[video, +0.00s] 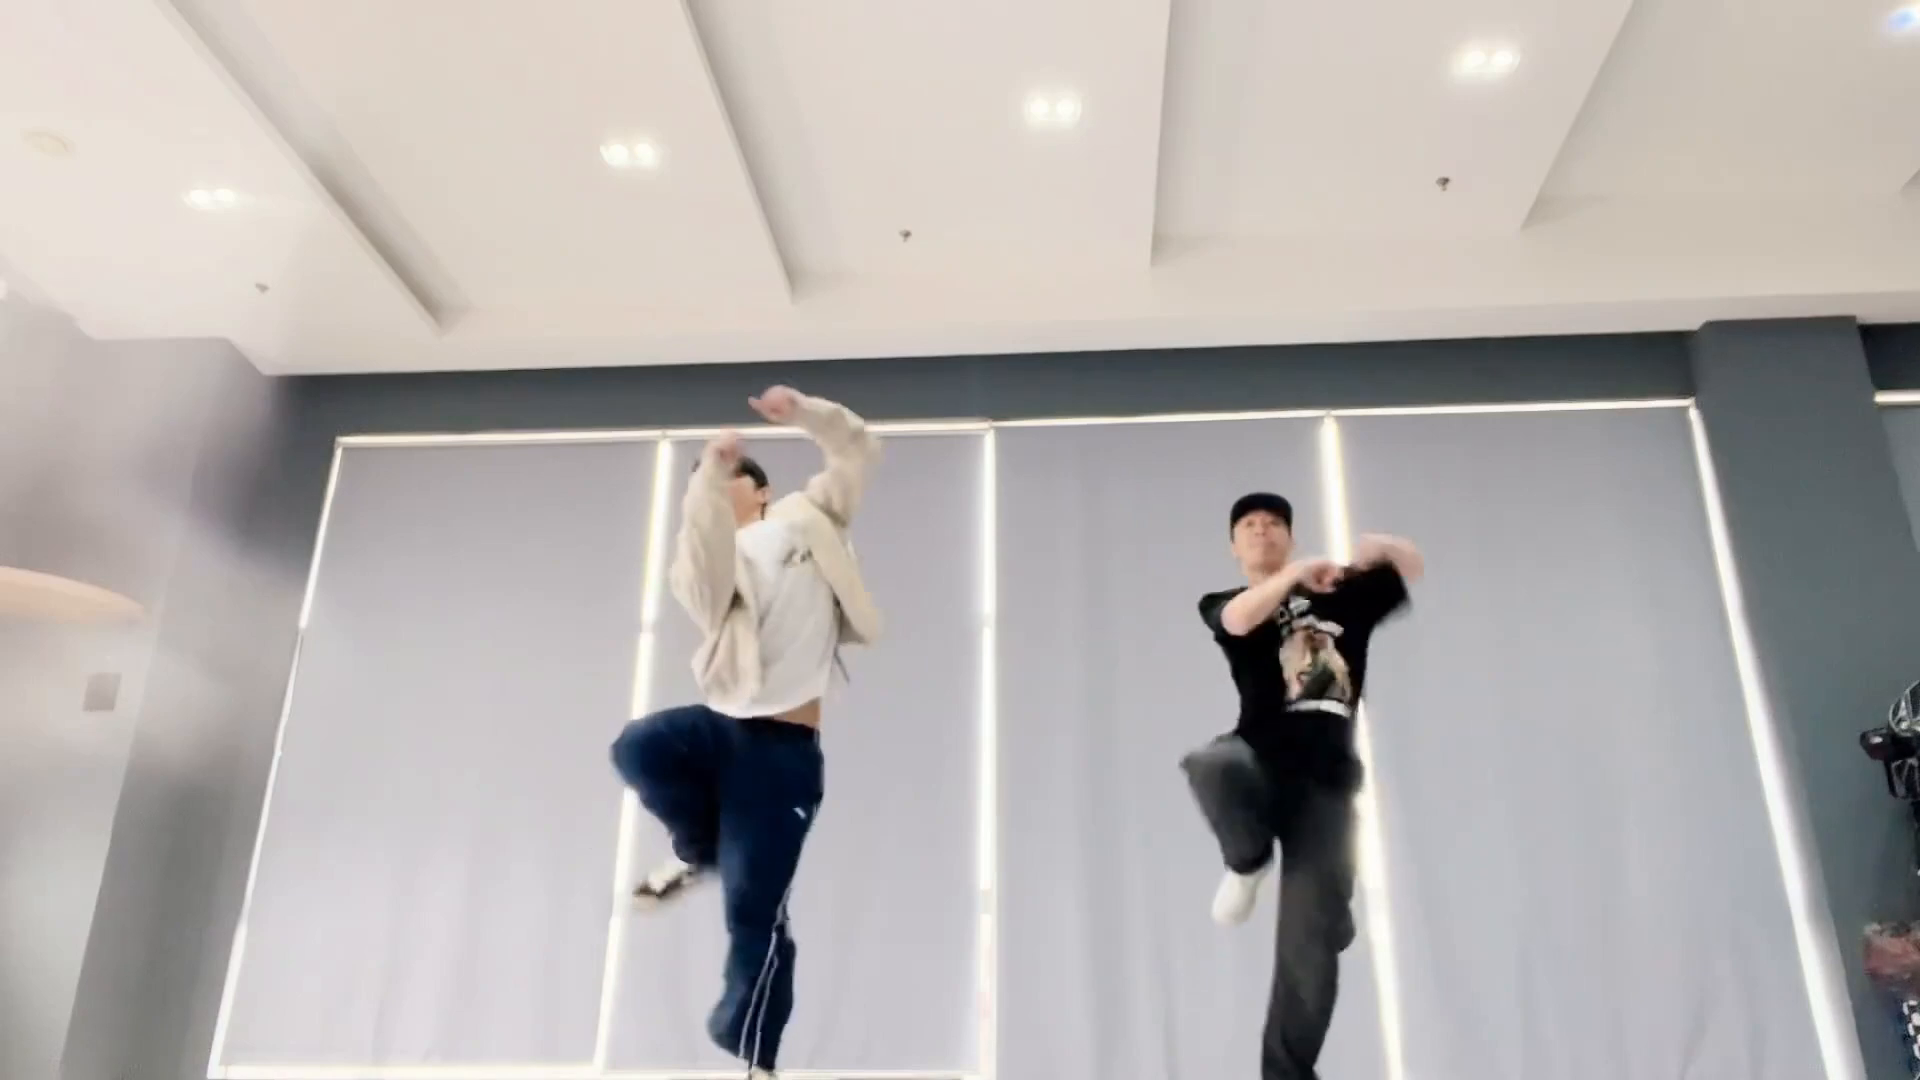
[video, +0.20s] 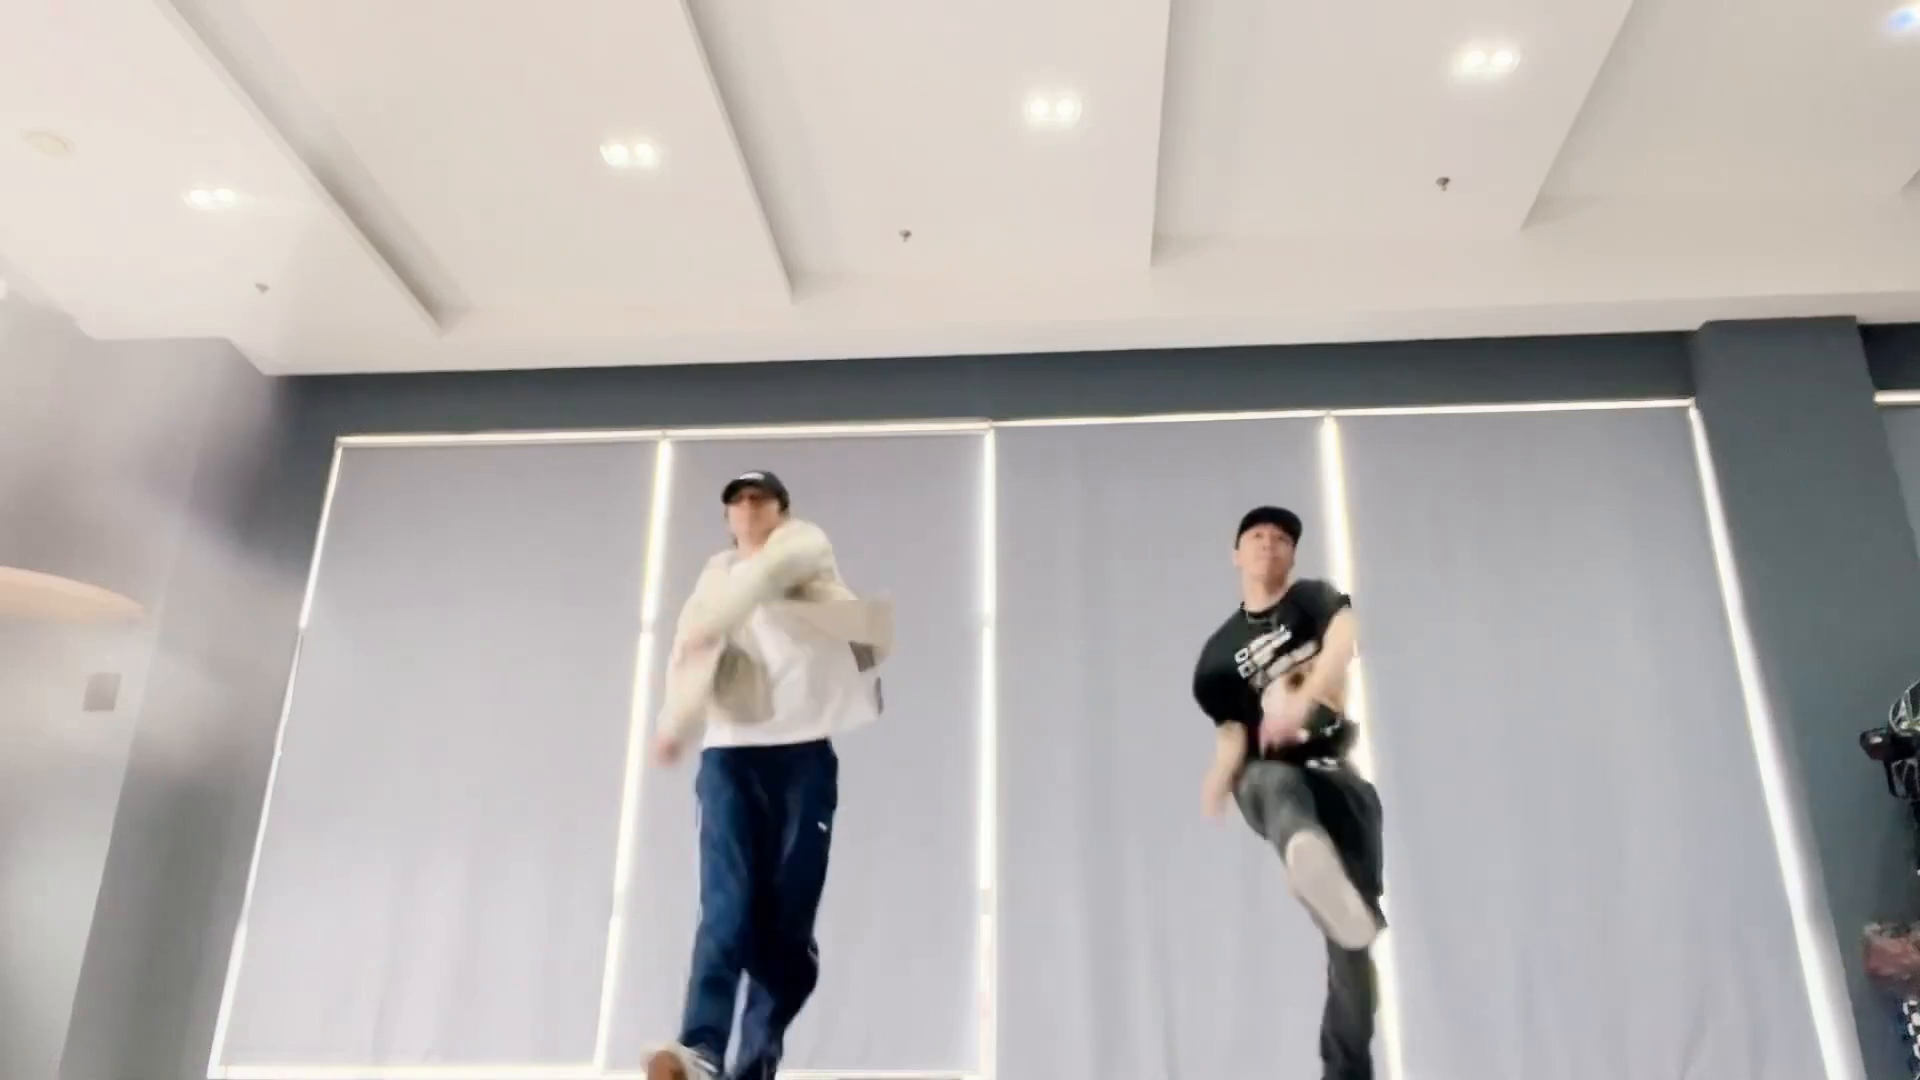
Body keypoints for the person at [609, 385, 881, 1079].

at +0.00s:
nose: (736, 483)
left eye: (745, 474)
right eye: (723, 481)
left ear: (765, 488)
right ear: (709, 505)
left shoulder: (811, 518)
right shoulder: (710, 561)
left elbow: (858, 451)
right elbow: (701, 542)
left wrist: (804, 411)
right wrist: (709, 474)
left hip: (785, 749)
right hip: (718, 727)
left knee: (754, 915)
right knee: (637, 749)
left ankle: (753, 1057)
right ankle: (704, 853)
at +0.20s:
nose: (749, 509)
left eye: (761, 500)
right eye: (739, 501)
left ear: (783, 514)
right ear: (726, 517)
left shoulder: (809, 545)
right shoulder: (716, 577)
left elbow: (767, 571)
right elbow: (695, 653)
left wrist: (710, 623)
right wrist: (676, 725)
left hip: (802, 757)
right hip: (729, 757)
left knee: (784, 922)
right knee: (727, 908)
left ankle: (753, 1067)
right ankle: (702, 1053)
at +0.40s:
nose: (750, 462)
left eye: (764, 454)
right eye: (743, 453)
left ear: (787, 471)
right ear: (731, 470)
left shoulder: (808, 512)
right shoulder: (710, 539)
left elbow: (776, 576)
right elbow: (689, 634)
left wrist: (701, 553)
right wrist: (632, 646)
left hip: (793, 729)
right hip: (717, 724)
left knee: (784, 896)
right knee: (700, 865)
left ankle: (764, 1059)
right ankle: (694, 1031)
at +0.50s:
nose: (742, 456)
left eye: (755, 446)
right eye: (734, 446)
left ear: (778, 460)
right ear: (723, 459)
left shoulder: (805, 507)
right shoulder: (703, 517)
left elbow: (800, 587)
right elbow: (672, 575)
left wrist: (755, 509)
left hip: (787, 712)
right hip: (711, 710)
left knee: (777, 857)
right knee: (701, 874)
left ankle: (784, 956)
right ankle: (709, 1033)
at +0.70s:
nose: (747, 465)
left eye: (760, 458)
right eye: (737, 457)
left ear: (781, 479)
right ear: (723, 475)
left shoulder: (807, 543)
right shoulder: (690, 532)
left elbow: (832, 615)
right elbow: (612, 515)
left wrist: (812, 654)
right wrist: (656, 492)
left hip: (753, 724)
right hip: (682, 736)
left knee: (714, 820)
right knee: (694, 896)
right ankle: (718, 1058)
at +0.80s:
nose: (743, 483)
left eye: (756, 475)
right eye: (733, 476)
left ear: (777, 496)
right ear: (718, 496)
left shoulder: (806, 576)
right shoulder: (685, 542)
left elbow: (822, 674)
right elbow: (685, 590)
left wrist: (823, 755)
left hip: (742, 756)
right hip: (670, 753)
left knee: (700, 904)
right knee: (671, 914)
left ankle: (699, 1060)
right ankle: (731, 1062)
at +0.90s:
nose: (743, 479)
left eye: (755, 471)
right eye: (732, 473)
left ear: (778, 493)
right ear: (716, 495)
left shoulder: (810, 571)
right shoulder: (684, 544)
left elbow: (837, 650)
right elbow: (687, 626)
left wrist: (840, 687)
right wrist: (716, 702)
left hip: (737, 753)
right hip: (665, 749)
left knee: (676, 904)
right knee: (661, 914)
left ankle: (682, 1065)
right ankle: (720, 1064)